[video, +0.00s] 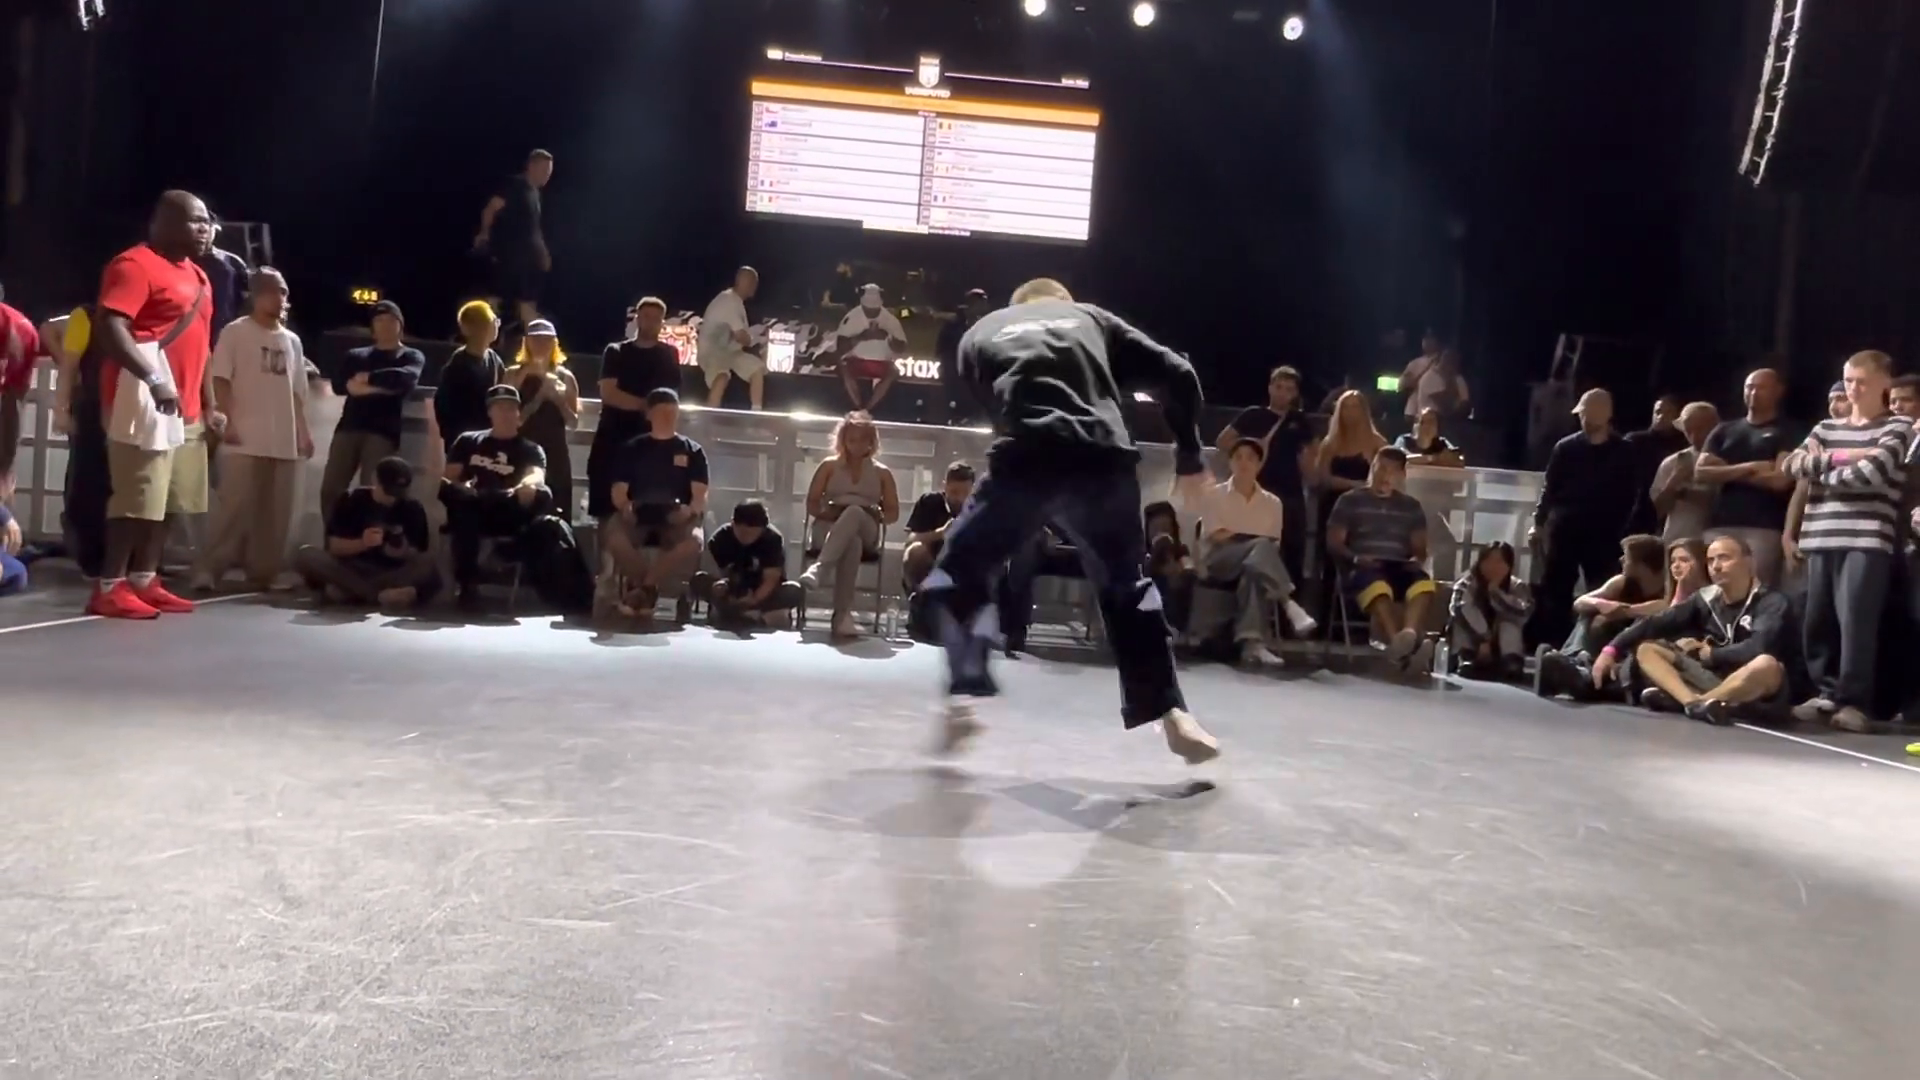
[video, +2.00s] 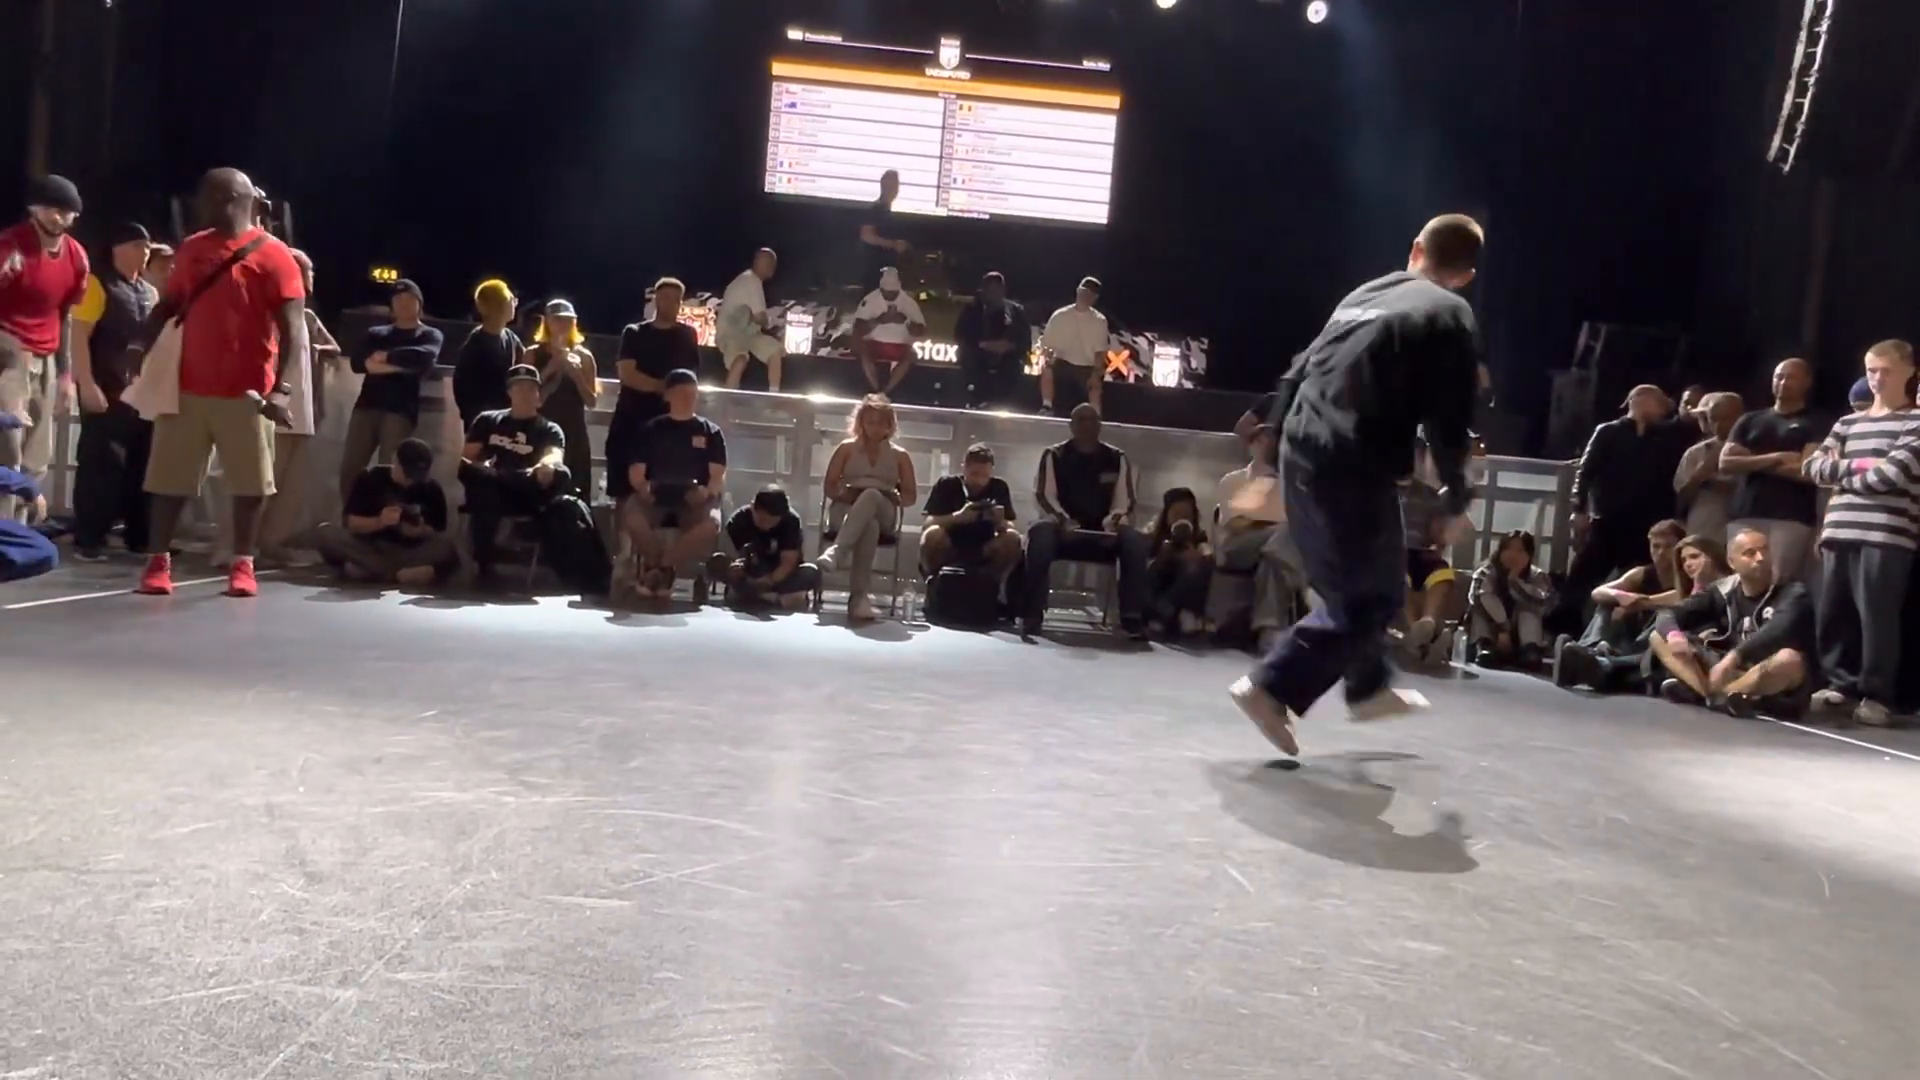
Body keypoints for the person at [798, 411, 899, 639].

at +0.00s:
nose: (857, 445)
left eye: (863, 440)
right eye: (852, 440)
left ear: (872, 442)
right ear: (842, 441)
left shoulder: (882, 473)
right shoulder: (829, 467)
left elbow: (892, 514)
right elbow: (812, 505)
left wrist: (870, 513)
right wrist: (834, 515)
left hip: (867, 535)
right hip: (827, 530)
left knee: (853, 512)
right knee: (852, 541)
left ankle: (818, 568)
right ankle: (842, 616)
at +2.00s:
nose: (875, 428)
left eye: (881, 423)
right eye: (870, 422)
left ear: (890, 425)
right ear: (860, 423)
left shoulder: (899, 456)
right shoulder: (847, 449)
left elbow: (909, 498)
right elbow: (830, 488)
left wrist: (885, 494)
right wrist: (854, 497)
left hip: (884, 518)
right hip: (844, 512)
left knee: (870, 495)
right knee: (869, 524)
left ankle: (836, 550)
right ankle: (859, 597)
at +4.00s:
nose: (874, 427)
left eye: (880, 422)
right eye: (869, 421)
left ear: (889, 425)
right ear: (859, 423)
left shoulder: (898, 457)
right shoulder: (846, 450)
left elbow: (908, 499)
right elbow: (829, 490)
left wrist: (889, 500)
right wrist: (851, 499)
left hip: (883, 518)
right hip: (844, 512)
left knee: (869, 497)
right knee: (869, 527)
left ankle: (834, 553)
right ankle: (857, 600)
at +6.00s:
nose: (850, 437)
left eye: (856, 432)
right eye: (844, 432)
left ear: (863, 436)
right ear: (834, 435)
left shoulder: (874, 468)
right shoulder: (820, 463)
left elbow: (886, 508)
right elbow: (805, 502)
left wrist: (866, 511)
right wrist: (825, 511)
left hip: (861, 529)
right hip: (822, 525)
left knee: (846, 508)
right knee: (847, 538)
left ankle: (813, 565)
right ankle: (838, 611)